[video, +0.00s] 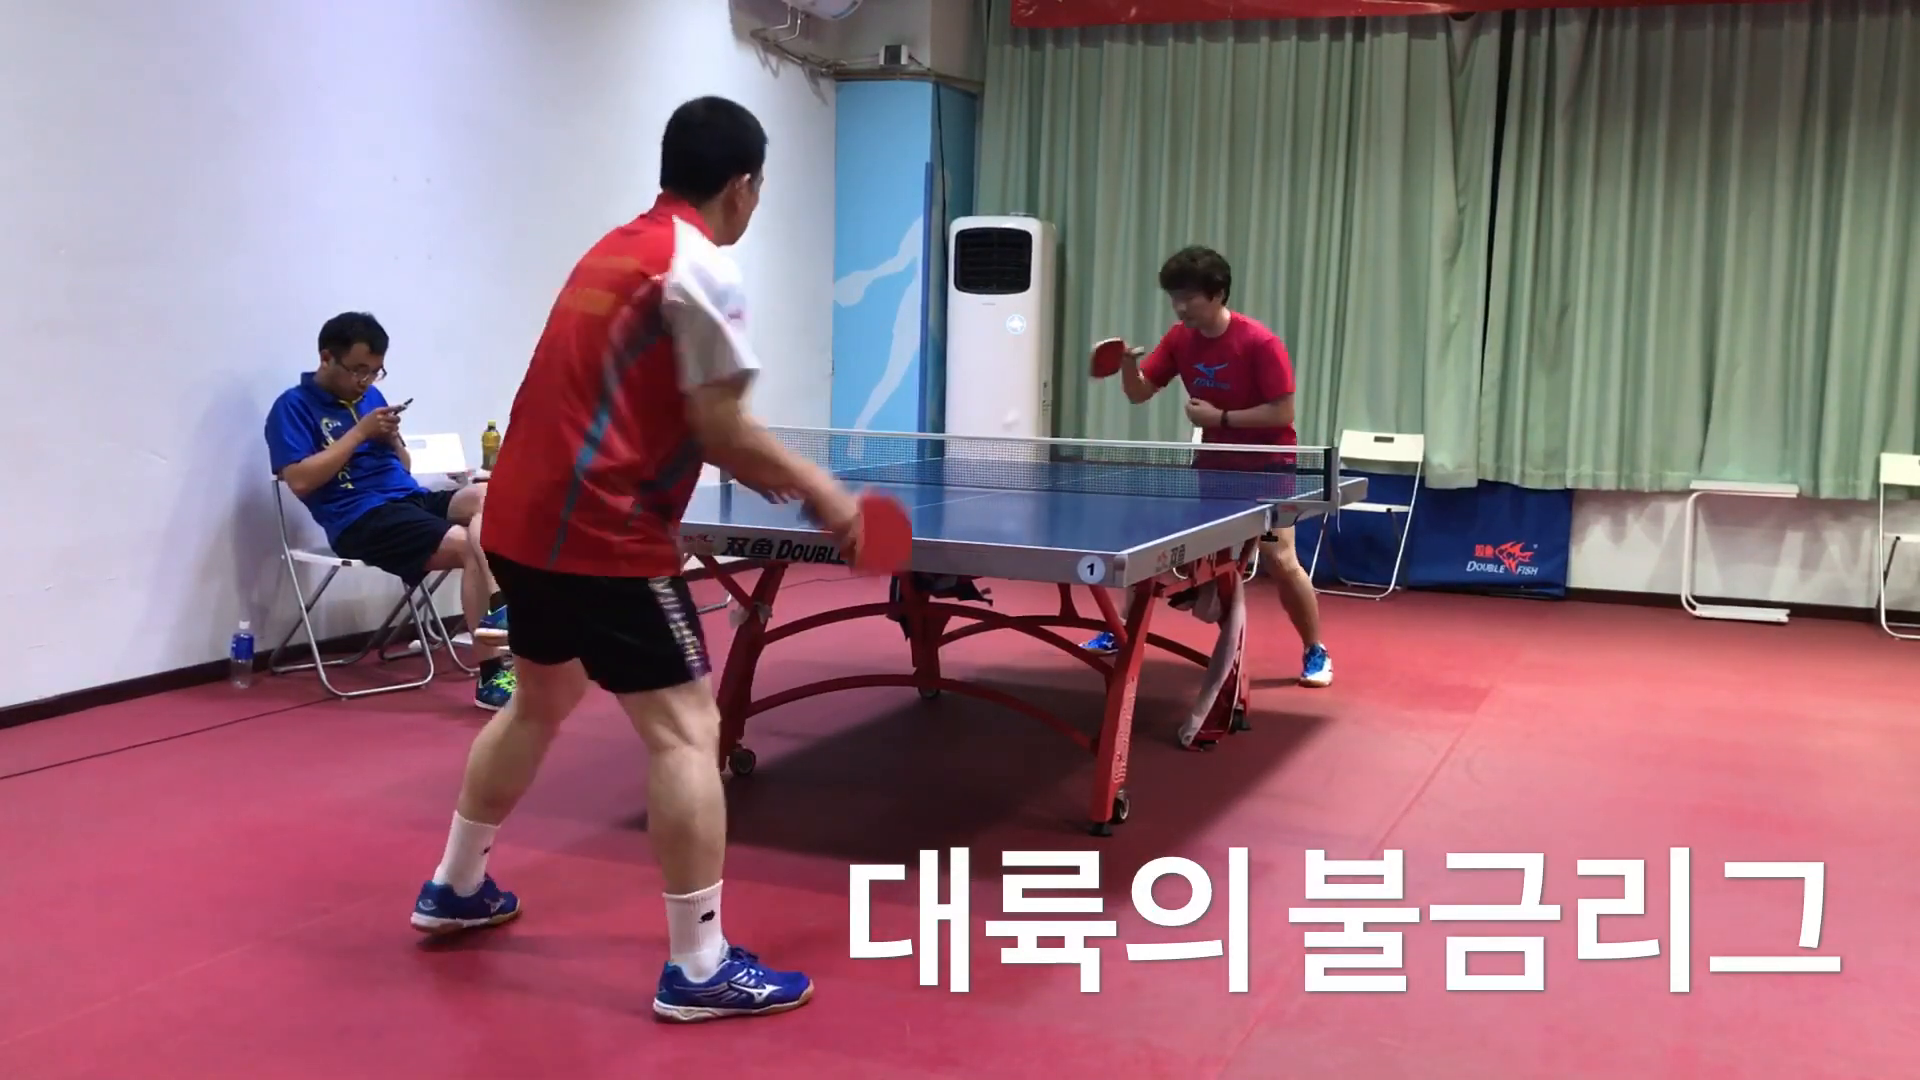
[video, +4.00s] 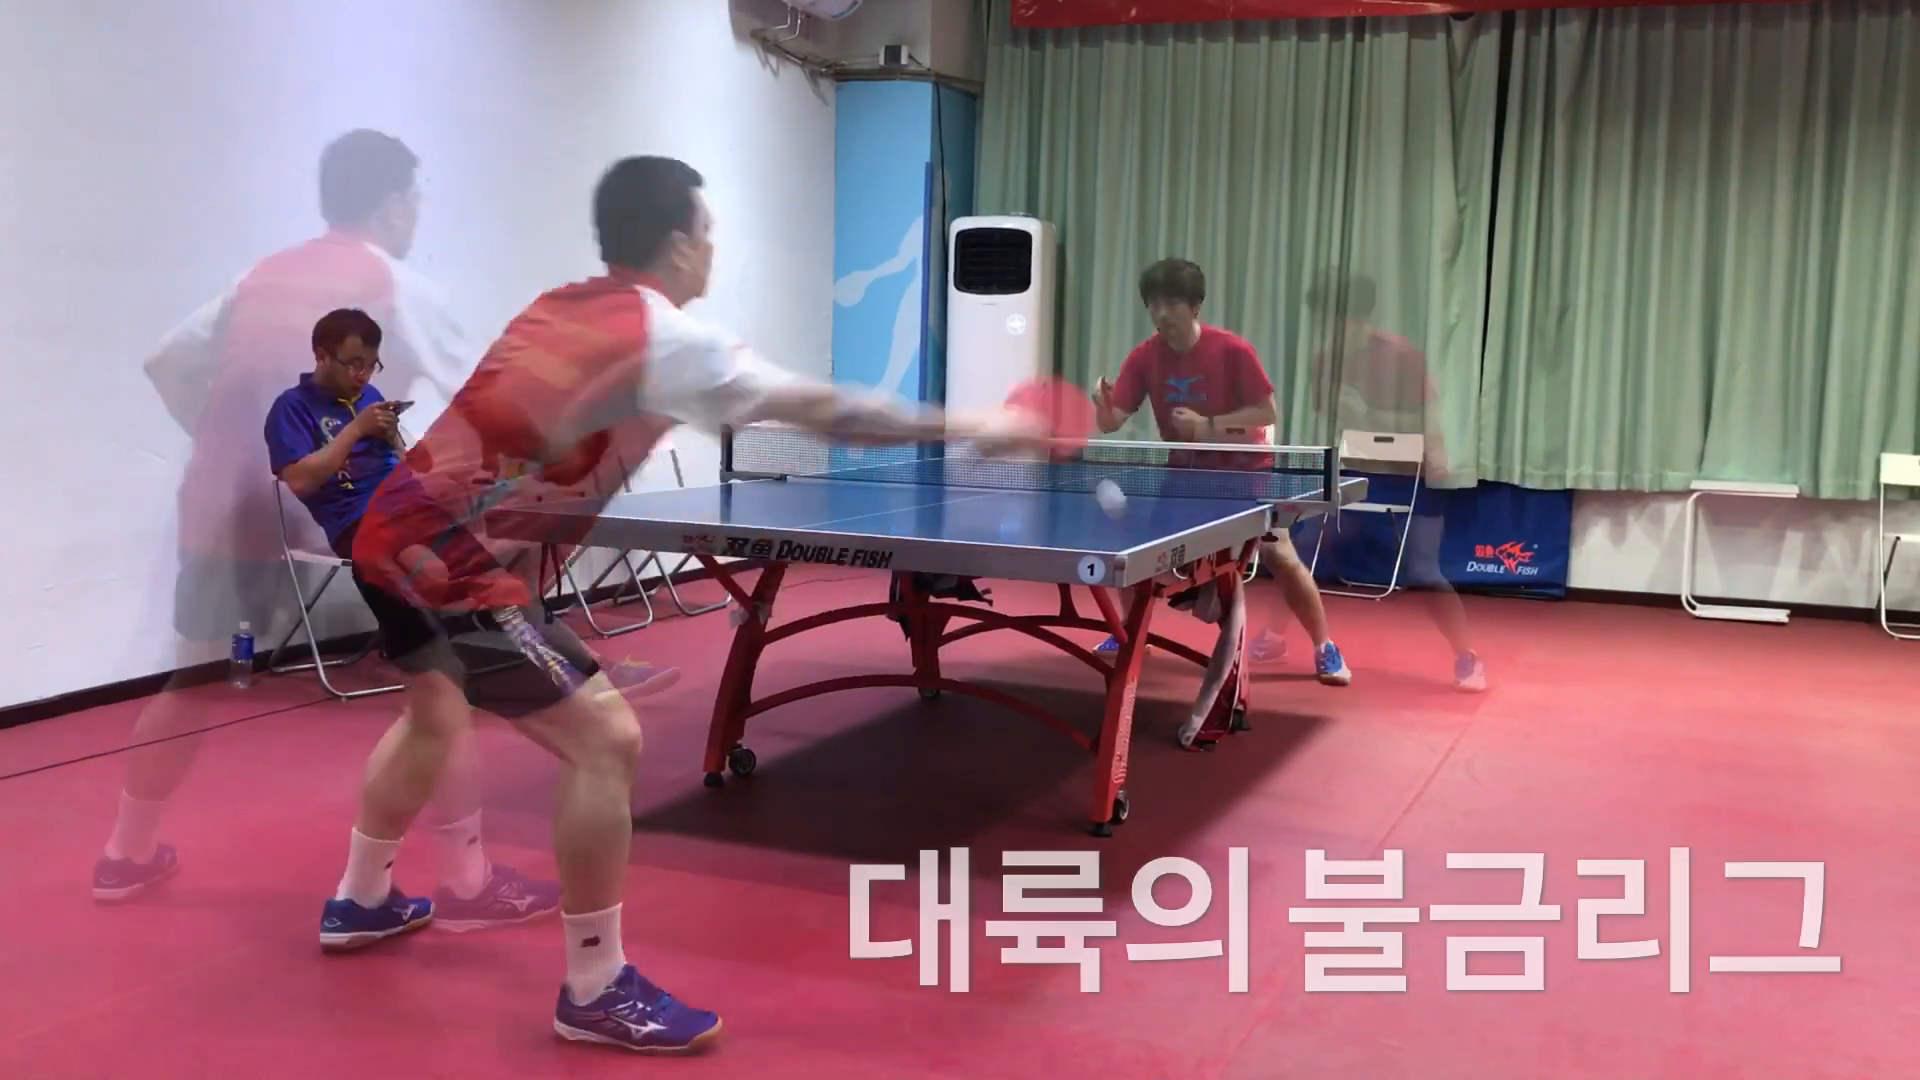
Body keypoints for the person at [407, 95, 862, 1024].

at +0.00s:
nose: (756, 202)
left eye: (755, 186)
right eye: (757, 185)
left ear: (670, 171)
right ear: (738, 185)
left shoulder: (618, 247)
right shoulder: (698, 266)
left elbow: (667, 417)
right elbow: (718, 430)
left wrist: (784, 468)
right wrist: (821, 490)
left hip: (523, 525)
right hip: (604, 541)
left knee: (538, 706)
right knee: (685, 732)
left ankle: (453, 886)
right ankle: (700, 966)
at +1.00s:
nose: (732, 226)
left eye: (733, 209)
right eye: (731, 208)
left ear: (654, 198)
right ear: (703, 207)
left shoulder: (624, 269)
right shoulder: (633, 277)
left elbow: (635, 433)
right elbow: (593, 427)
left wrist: (709, 505)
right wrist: (696, 524)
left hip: (495, 543)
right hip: (546, 552)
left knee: (535, 719)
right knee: (645, 739)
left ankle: (432, 898)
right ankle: (643, 987)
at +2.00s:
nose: (720, 218)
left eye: (723, 201)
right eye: (720, 200)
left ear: (638, 192)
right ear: (692, 202)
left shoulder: (597, 265)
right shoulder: (623, 285)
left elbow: (569, 421)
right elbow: (602, 448)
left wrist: (645, 462)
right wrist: (717, 547)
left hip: (487, 551)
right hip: (542, 565)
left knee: (523, 726)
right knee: (668, 743)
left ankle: (428, 901)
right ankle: (635, 986)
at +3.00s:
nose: (677, 226)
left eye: (676, 207)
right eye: (672, 207)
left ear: (596, 205)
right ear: (638, 209)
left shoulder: (546, 280)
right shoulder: (580, 297)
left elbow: (563, 457)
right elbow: (566, 456)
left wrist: (681, 526)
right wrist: (693, 525)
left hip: (442, 564)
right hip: (511, 576)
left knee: (492, 719)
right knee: (649, 744)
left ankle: (409, 901)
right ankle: (616, 988)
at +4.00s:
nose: (712, 251)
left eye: (708, 233)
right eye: (704, 234)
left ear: (622, 238)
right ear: (675, 243)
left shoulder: (558, 307)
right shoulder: (655, 335)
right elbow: (823, 407)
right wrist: (980, 428)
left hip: (392, 539)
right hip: (444, 556)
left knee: (433, 715)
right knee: (604, 740)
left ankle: (359, 897)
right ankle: (596, 988)